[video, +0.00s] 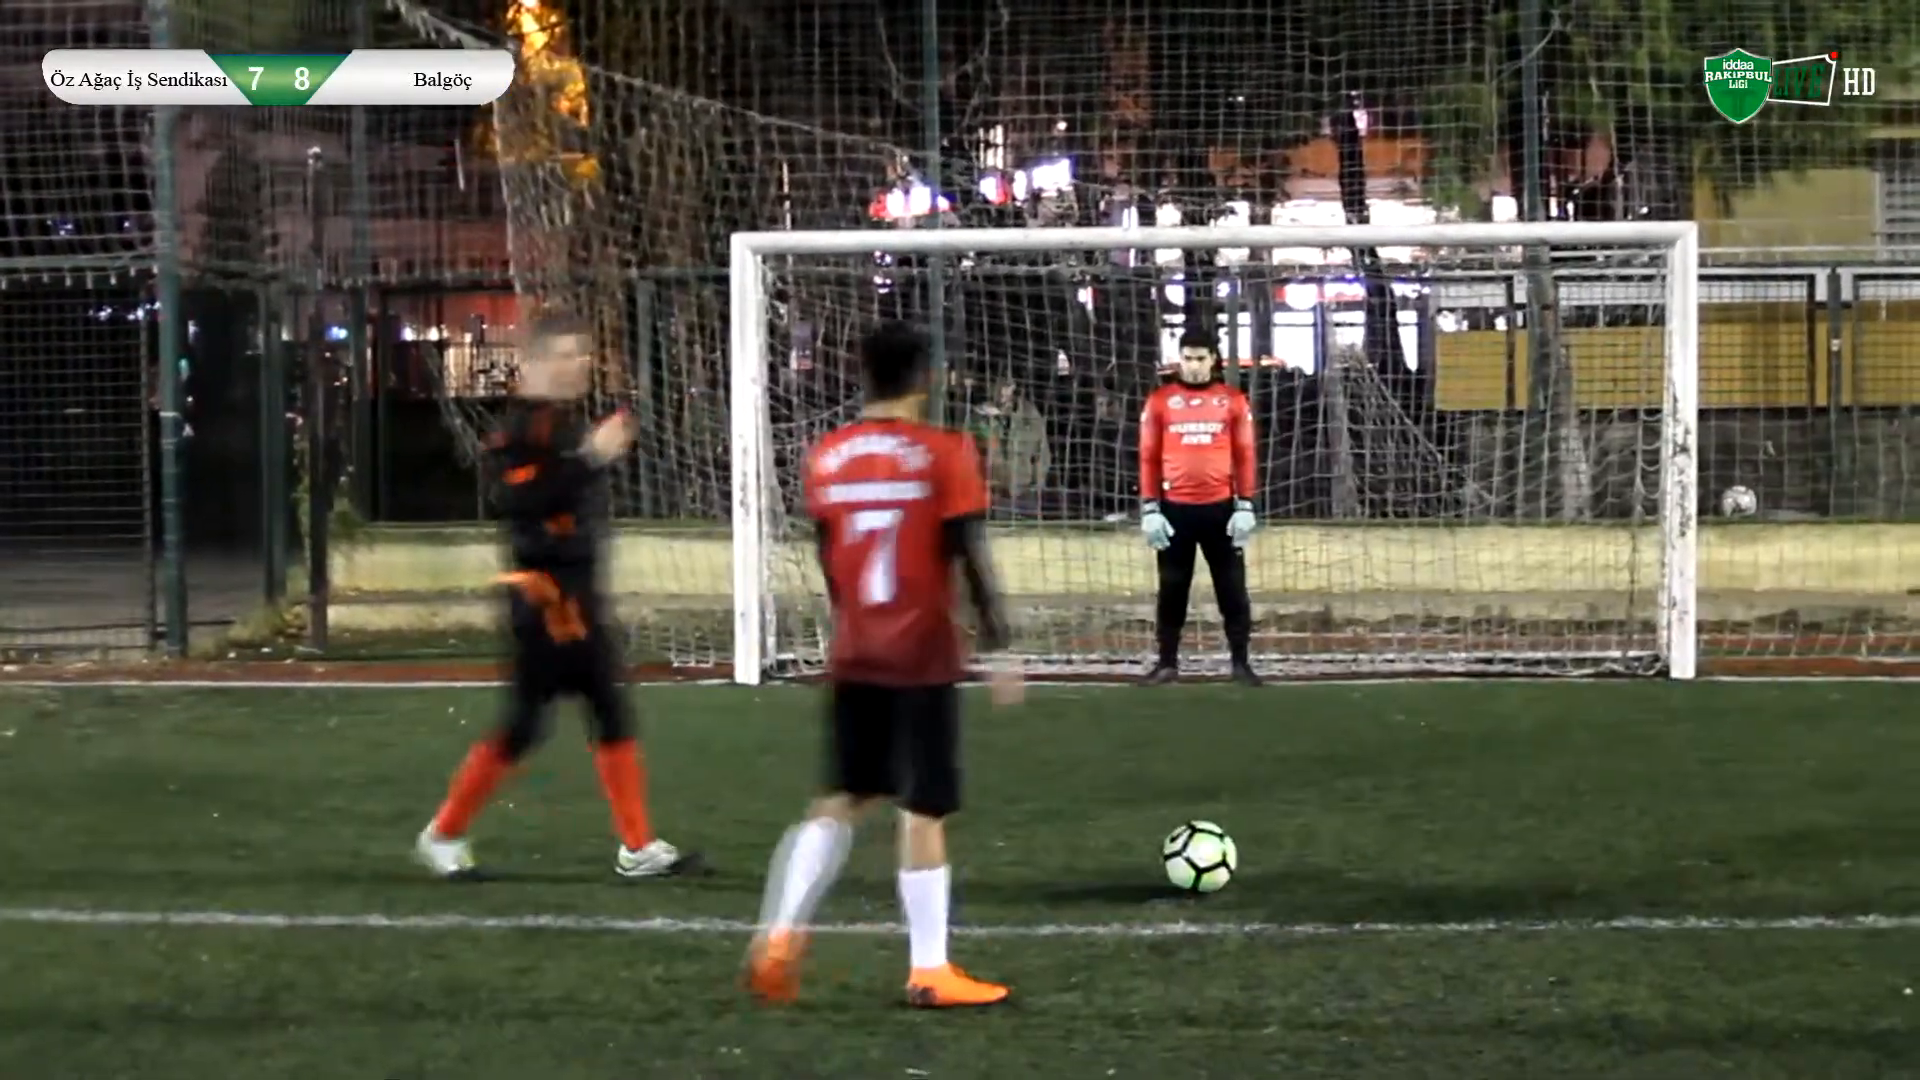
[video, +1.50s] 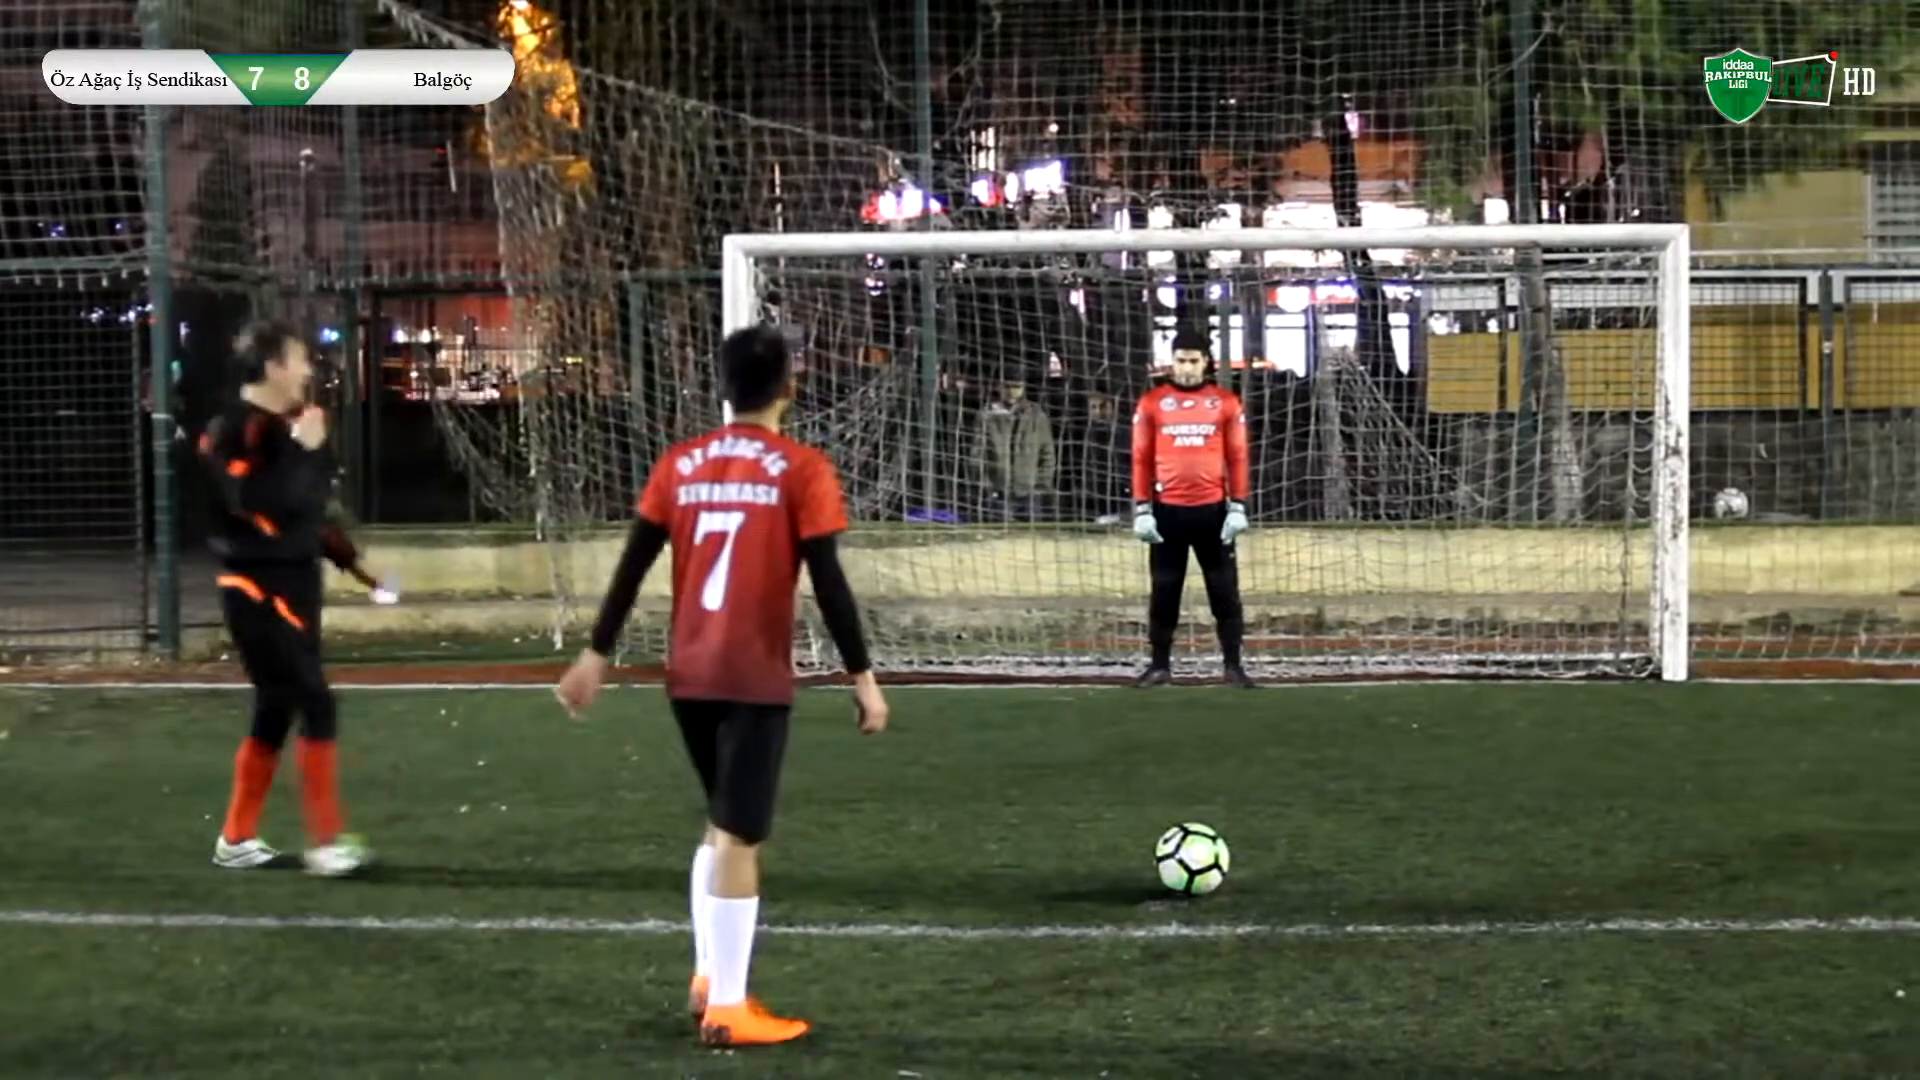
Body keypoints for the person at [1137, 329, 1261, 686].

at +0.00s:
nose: (1194, 366)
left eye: (1201, 359)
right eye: (1187, 358)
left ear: (1214, 360)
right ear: (1179, 360)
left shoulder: (1233, 401)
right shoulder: (1159, 401)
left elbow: (1246, 454)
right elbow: (1148, 456)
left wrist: (1245, 502)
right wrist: (1150, 506)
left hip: (1221, 507)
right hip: (1174, 508)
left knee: (1233, 591)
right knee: (1171, 590)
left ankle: (1241, 662)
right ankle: (1167, 661)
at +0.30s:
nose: (1184, 369)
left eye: (1191, 361)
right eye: (1178, 361)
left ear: (1204, 364)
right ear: (1169, 364)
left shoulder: (1223, 403)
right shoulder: (1149, 404)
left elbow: (1235, 457)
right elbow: (1138, 459)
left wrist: (1235, 506)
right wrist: (1140, 509)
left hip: (1211, 510)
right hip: (1165, 511)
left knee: (1223, 593)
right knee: (1161, 593)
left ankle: (1231, 664)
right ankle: (1157, 664)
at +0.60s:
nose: (1187, 369)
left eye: (1194, 362)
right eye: (1181, 362)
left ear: (1207, 363)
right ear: (1172, 363)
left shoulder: (1227, 404)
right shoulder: (1152, 404)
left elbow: (1239, 457)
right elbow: (1142, 459)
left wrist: (1239, 505)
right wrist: (1143, 508)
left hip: (1215, 510)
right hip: (1168, 510)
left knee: (1226, 593)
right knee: (1165, 593)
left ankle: (1235, 665)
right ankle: (1161, 665)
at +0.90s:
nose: (1188, 369)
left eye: (1195, 361)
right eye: (1182, 361)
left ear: (1208, 364)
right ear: (1173, 364)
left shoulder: (1227, 403)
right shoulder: (1152, 403)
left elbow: (1239, 456)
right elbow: (1142, 459)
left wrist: (1240, 504)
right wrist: (1143, 508)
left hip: (1215, 509)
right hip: (1168, 510)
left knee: (1226, 593)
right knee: (1164, 593)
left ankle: (1234, 665)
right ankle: (1160, 665)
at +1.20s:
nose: (1188, 368)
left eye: (1195, 361)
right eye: (1182, 361)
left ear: (1208, 362)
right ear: (1173, 362)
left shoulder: (1228, 402)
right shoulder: (1153, 402)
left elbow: (1240, 455)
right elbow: (1143, 458)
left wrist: (1240, 504)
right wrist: (1144, 507)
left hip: (1215, 508)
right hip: (1169, 508)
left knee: (1226, 592)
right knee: (1165, 591)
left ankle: (1235, 663)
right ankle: (1161, 663)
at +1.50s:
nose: (1187, 368)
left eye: (1194, 360)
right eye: (1180, 360)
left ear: (1206, 363)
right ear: (1171, 364)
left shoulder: (1226, 402)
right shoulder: (1151, 403)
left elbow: (1238, 456)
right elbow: (1141, 458)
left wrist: (1238, 504)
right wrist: (1142, 507)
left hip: (1213, 509)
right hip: (1167, 510)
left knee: (1225, 592)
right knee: (1164, 592)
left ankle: (1233, 664)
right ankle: (1159, 664)